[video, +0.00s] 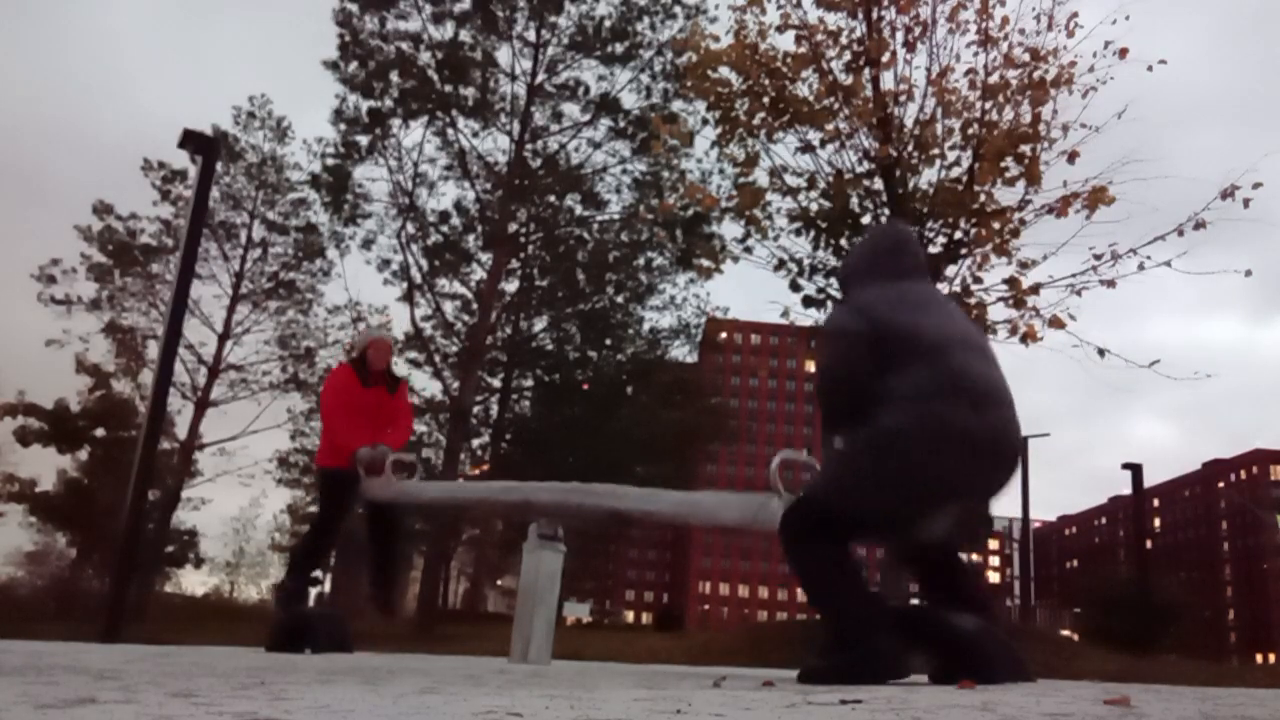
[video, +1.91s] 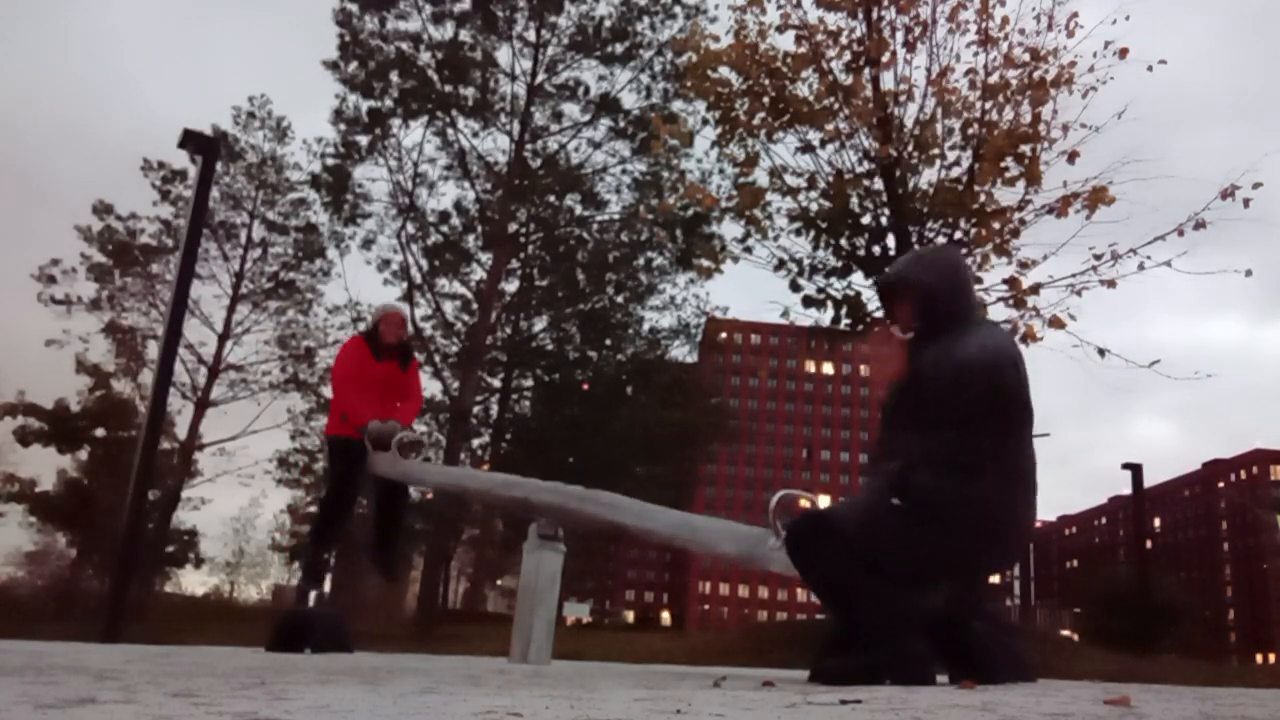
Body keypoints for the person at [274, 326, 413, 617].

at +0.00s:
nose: (381, 354)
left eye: (386, 349)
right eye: (376, 348)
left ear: (392, 353)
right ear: (363, 351)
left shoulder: (397, 386)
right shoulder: (342, 377)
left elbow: (404, 426)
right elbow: (333, 420)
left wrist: (385, 446)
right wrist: (358, 448)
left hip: (378, 469)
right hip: (338, 463)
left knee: (387, 528)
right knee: (329, 523)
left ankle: (384, 598)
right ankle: (293, 588)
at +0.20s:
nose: (369, 396)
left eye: (375, 391)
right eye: (364, 390)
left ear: (382, 395)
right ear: (353, 391)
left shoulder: (384, 428)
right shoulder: (331, 413)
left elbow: (390, 468)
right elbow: (319, 458)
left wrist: (375, 486)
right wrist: (346, 486)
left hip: (365, 511)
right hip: (327, 505)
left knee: (377, 564)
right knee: (317, 564)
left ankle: (364, 634)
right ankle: (273, 621)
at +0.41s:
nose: (362, 431)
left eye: (367, 426)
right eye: (357, 425)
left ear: (371, 429)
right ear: (343, 425)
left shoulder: (370, 461)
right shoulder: (315, 451)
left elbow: (374, 500)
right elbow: (306, 495)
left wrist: (368, 519)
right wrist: (337, 515)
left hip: (352, 535)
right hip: (315, 530)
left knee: (376, 572)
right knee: (313, 578)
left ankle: (358, 636)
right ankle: (274, 627)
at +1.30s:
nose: (378, 410)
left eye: (381, 405)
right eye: (373, 404)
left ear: (384, 408)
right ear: (358, 404)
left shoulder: (383, 440)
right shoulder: (331, 426)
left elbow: (388, 478)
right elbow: (308, 464)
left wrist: (373, 495)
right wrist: (343, 487)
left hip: (362, 517)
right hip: (323, 510)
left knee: (379, 568)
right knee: (316, 566)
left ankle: (362, 635)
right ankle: (275, 630)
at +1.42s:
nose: (382, 384)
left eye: (387, 378)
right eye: (377, 377)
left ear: (391, 381)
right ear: (363, 376)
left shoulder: (391, 414)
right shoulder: (334, 402)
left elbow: (394, 454)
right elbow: (320, 442)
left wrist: (378, 467)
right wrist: (353, 464)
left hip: (368, 492)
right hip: (329, 485)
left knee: (375, 548)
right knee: (323, 541)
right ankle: (287, 606)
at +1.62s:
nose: (389, 343)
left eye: (394, 337)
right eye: (383, 336)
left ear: (401, 343)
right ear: (372, 338)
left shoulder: (400, 374)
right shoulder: (350, 361)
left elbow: (404, 415)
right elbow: (336, 402)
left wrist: (389, 436)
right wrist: (364, 431)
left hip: (380, 454)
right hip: (342, 446)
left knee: (391, 510)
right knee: (335, 506)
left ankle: (381, 581)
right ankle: (303, 575)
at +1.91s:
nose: (395, 330)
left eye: (400, 325)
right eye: (389, 324)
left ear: (406, 330)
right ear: (377, 325)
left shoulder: (407, 362)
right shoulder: (355, 348)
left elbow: (414, 399)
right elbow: (344, 388)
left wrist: (397, 423)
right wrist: (368, 420)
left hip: (387, 442)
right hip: (348, 434)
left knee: (394, 501)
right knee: (343, 494)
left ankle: (387, 572)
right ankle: (314, 567)